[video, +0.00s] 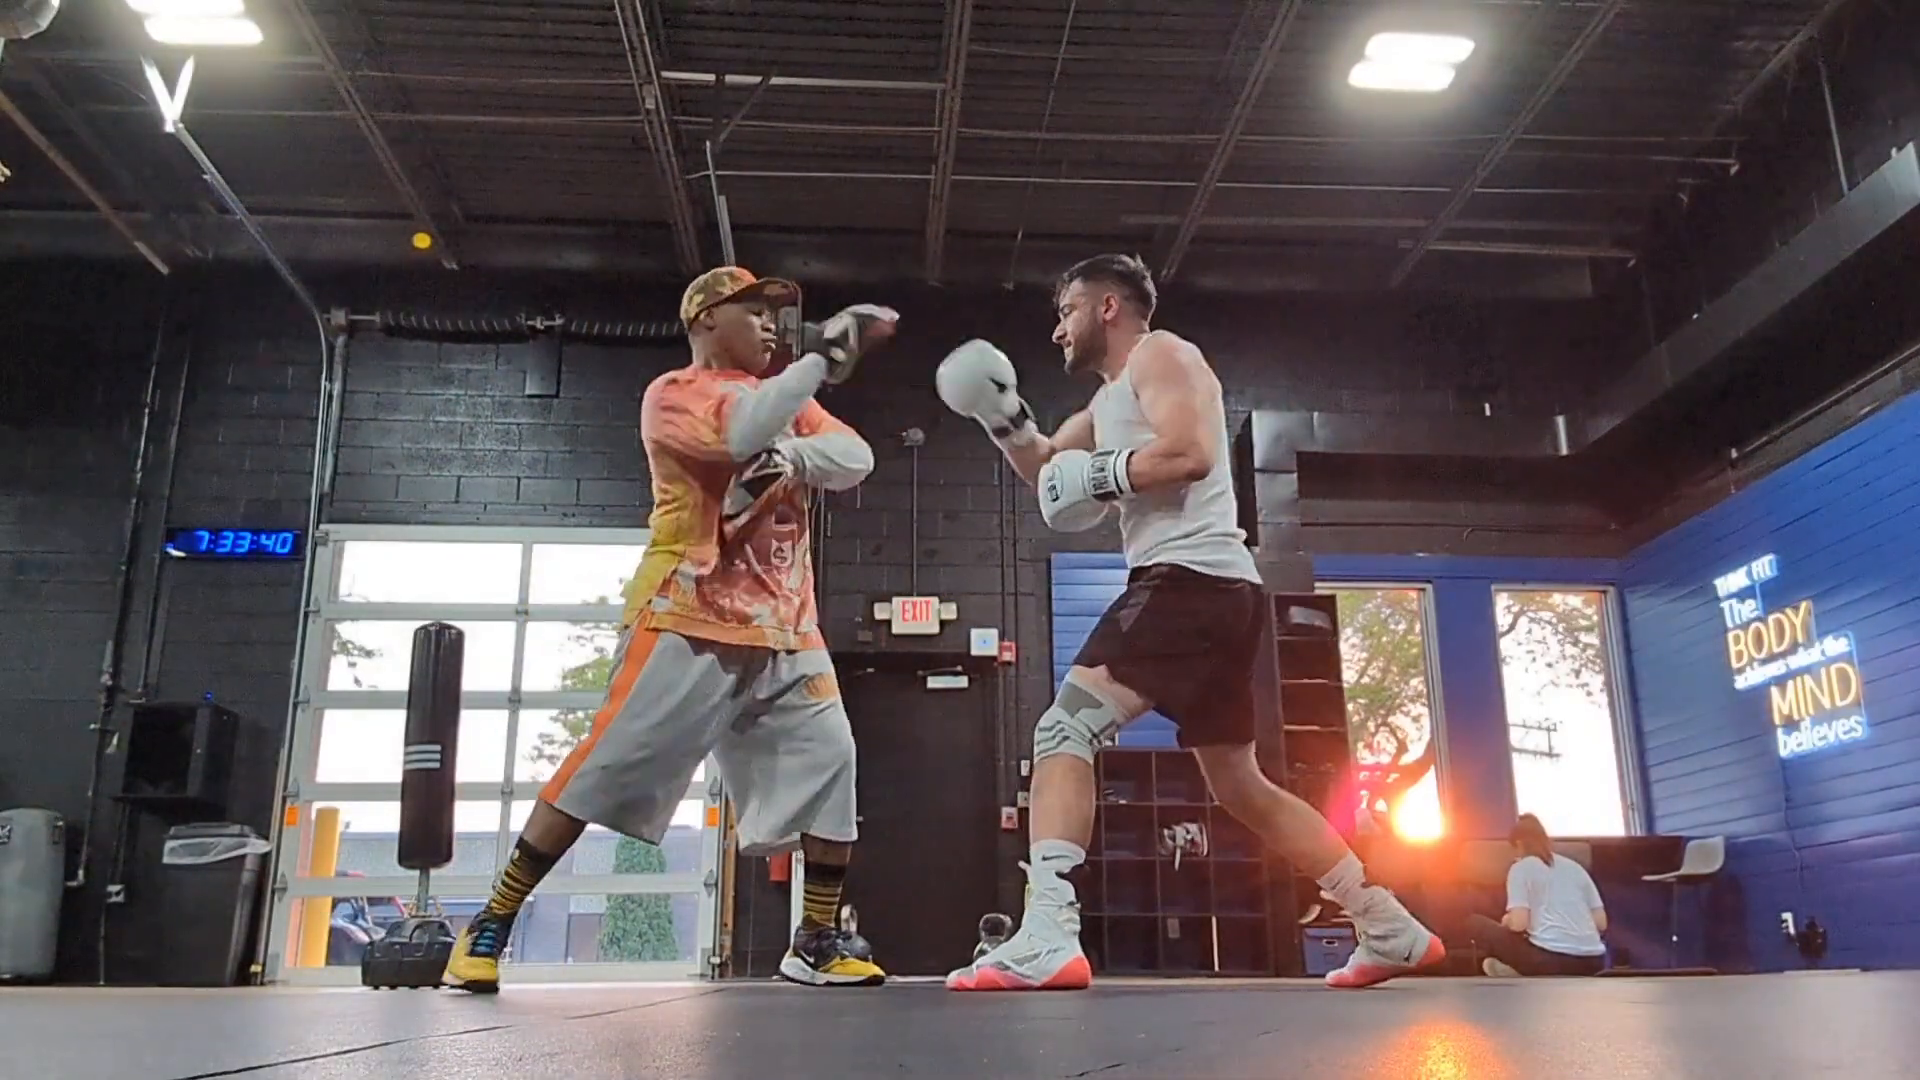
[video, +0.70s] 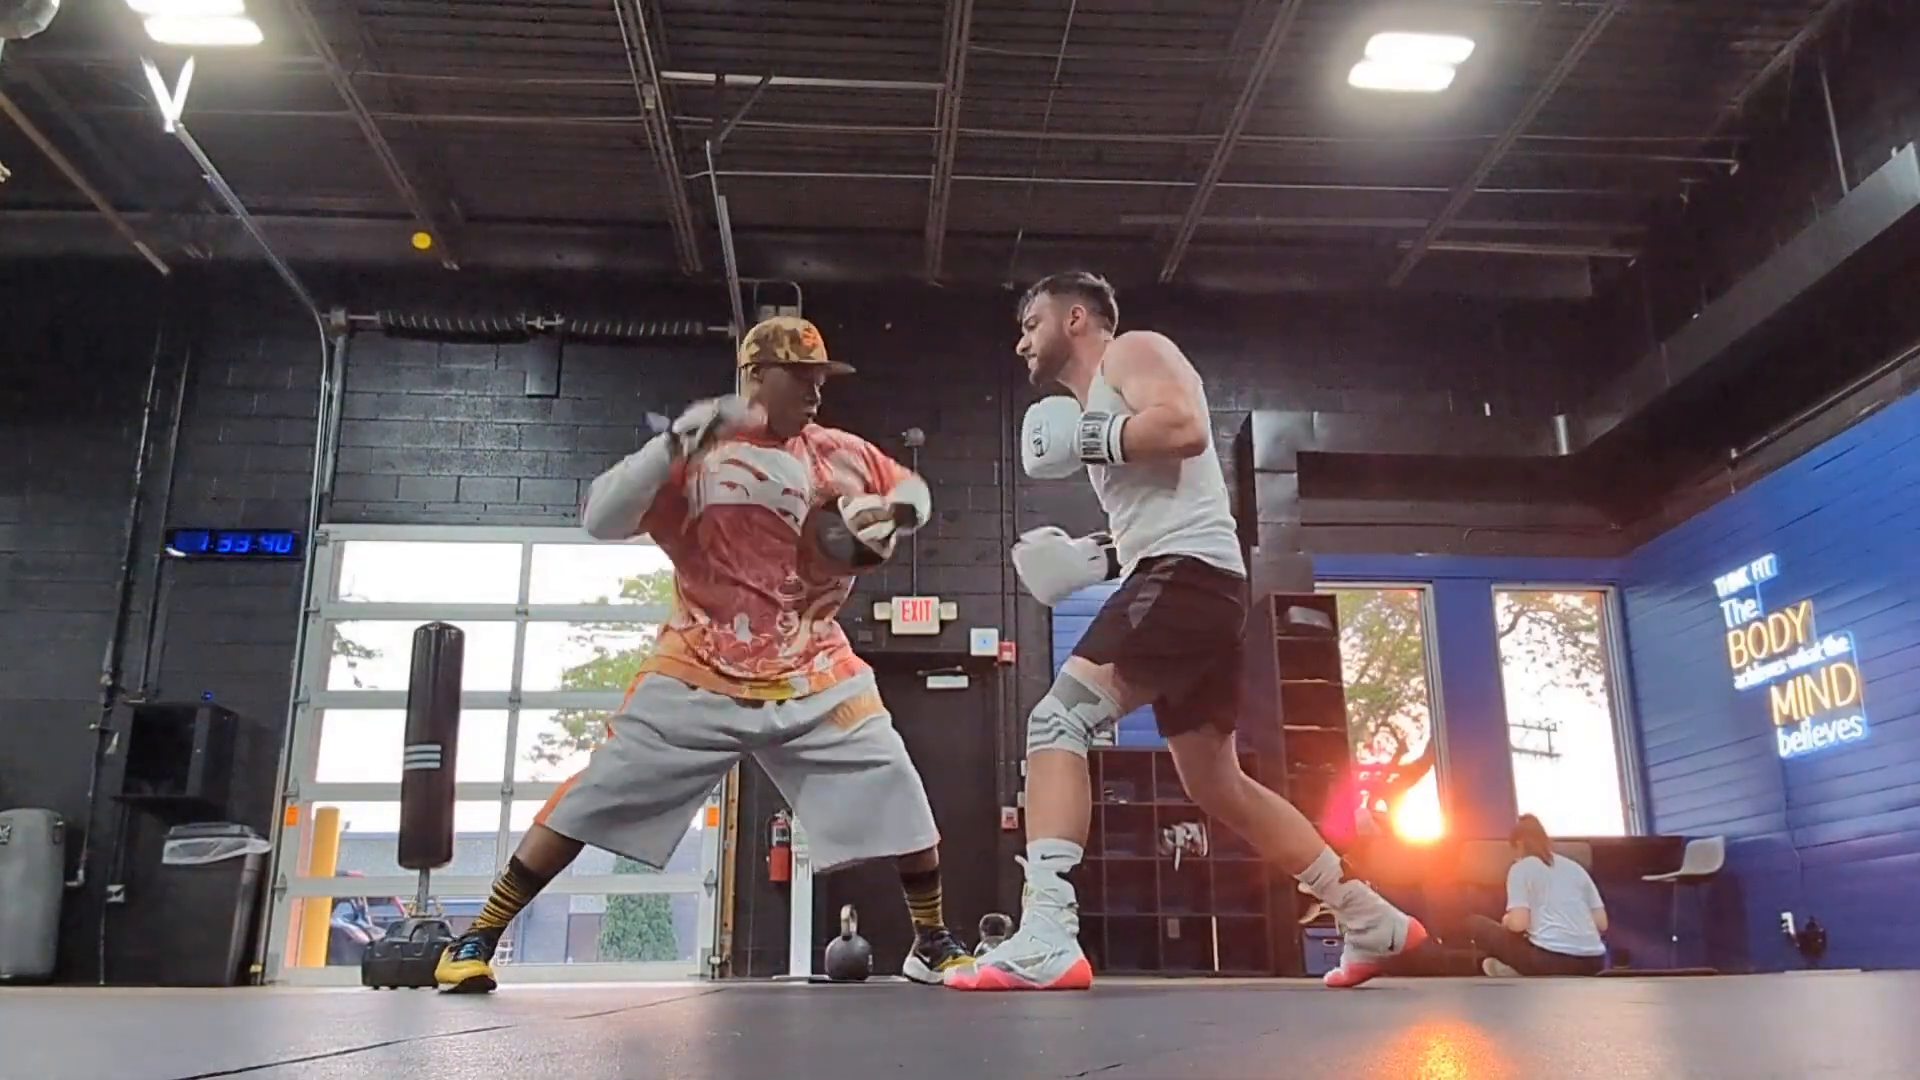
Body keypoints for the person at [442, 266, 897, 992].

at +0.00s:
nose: (770, 323)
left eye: (772, 313)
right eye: (755, 310)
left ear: (765, 329)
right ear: (705, 321)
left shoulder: (787, 400)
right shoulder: (671, 394)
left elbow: (858, 456)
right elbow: (742, 432)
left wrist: (794, 457)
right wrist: (823, 358)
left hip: (785, 620)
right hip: (690, 612)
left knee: (833, 754)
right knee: (608, 762)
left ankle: (820, 935)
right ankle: (494, 922)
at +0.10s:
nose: (729, 342)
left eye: (737, 329)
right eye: (711, 329)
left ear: (744, 344)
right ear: (670, 342)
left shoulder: (771, 410)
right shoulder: (633, 424)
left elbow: (868, 436)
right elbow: (691, 450)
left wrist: (800, 423)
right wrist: (737, 351)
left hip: (781, 633)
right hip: (670, 632)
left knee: (854, 746)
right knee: (588, 772)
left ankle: (841, 924)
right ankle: (479, 935)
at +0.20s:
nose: (735, 377)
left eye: (739, 364)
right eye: (721, 366)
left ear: (742, 364)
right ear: (675, 370)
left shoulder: (765, 433)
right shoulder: (619, 445)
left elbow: (874, 455)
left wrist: (820, 440)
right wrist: (660, 406)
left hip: (768, 638)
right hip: (660, 640)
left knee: (861, 765)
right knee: (596, 767)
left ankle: (907, 932)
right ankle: (482, 936)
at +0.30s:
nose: (758, 387)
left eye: (760, 373)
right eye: (744, 371)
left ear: (755, 377)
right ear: (693, 370)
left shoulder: (782, 443)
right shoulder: (632, 458)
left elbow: (889, 479)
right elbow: (556, 561)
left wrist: (843, 431)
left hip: (778, 649)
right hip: (671, 649)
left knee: (874, 780)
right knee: (598, 772)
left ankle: (933, 945)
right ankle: (482, 938)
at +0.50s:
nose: (813, 399)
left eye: (818, 387)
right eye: (800, 384)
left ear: (821, 388)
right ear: (755, 379)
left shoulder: (839, 452)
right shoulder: (688, 454)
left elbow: (922, 485)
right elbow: (619, 544)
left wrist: (945, 442)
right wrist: (640, 581)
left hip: (800, 666)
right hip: (687, 667)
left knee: (888, 786)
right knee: (594, 792)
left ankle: (935, 950)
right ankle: (482, 941)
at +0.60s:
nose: (821, 401)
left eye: (826, 388)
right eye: (810, 385)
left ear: (822, 390)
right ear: (762, 379)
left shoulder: (850, 453)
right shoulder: (693, 459)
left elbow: (926, 471)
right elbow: (616, 554)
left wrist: (966, 454)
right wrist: (672, 557)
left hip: (806, 661)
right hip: (689, 661)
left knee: (886, 780)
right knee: (601, 781)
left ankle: (935, 945)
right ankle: (482, 937)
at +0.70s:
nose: (816, 392)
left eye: (821, 380)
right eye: (804, 376)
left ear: (819, 383)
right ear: (757, 373)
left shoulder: (838, 451)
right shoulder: (695, 451)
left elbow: (913, 486)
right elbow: (601, 519)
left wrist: (895, 511)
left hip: (816, 659)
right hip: (703, 656)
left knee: (896, 775)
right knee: (604, 785)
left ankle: (934, 943)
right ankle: (477, 941)